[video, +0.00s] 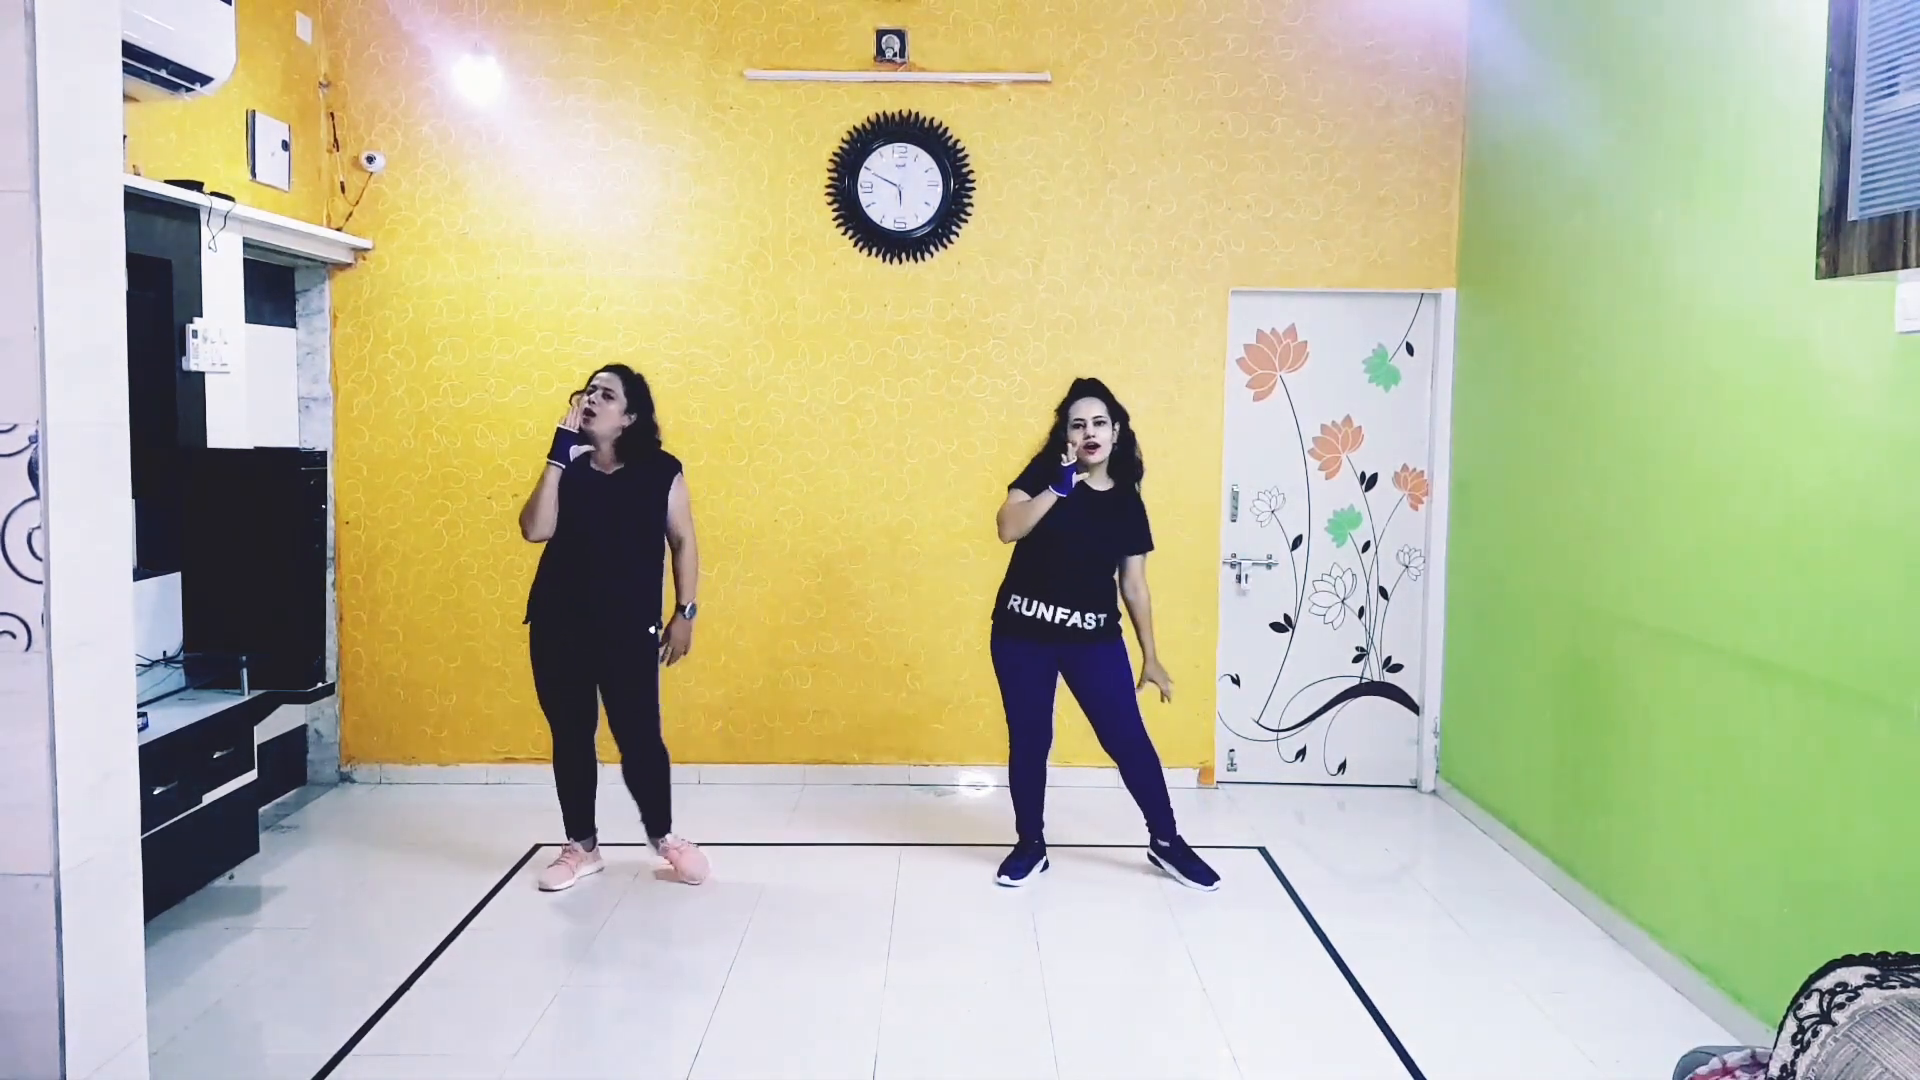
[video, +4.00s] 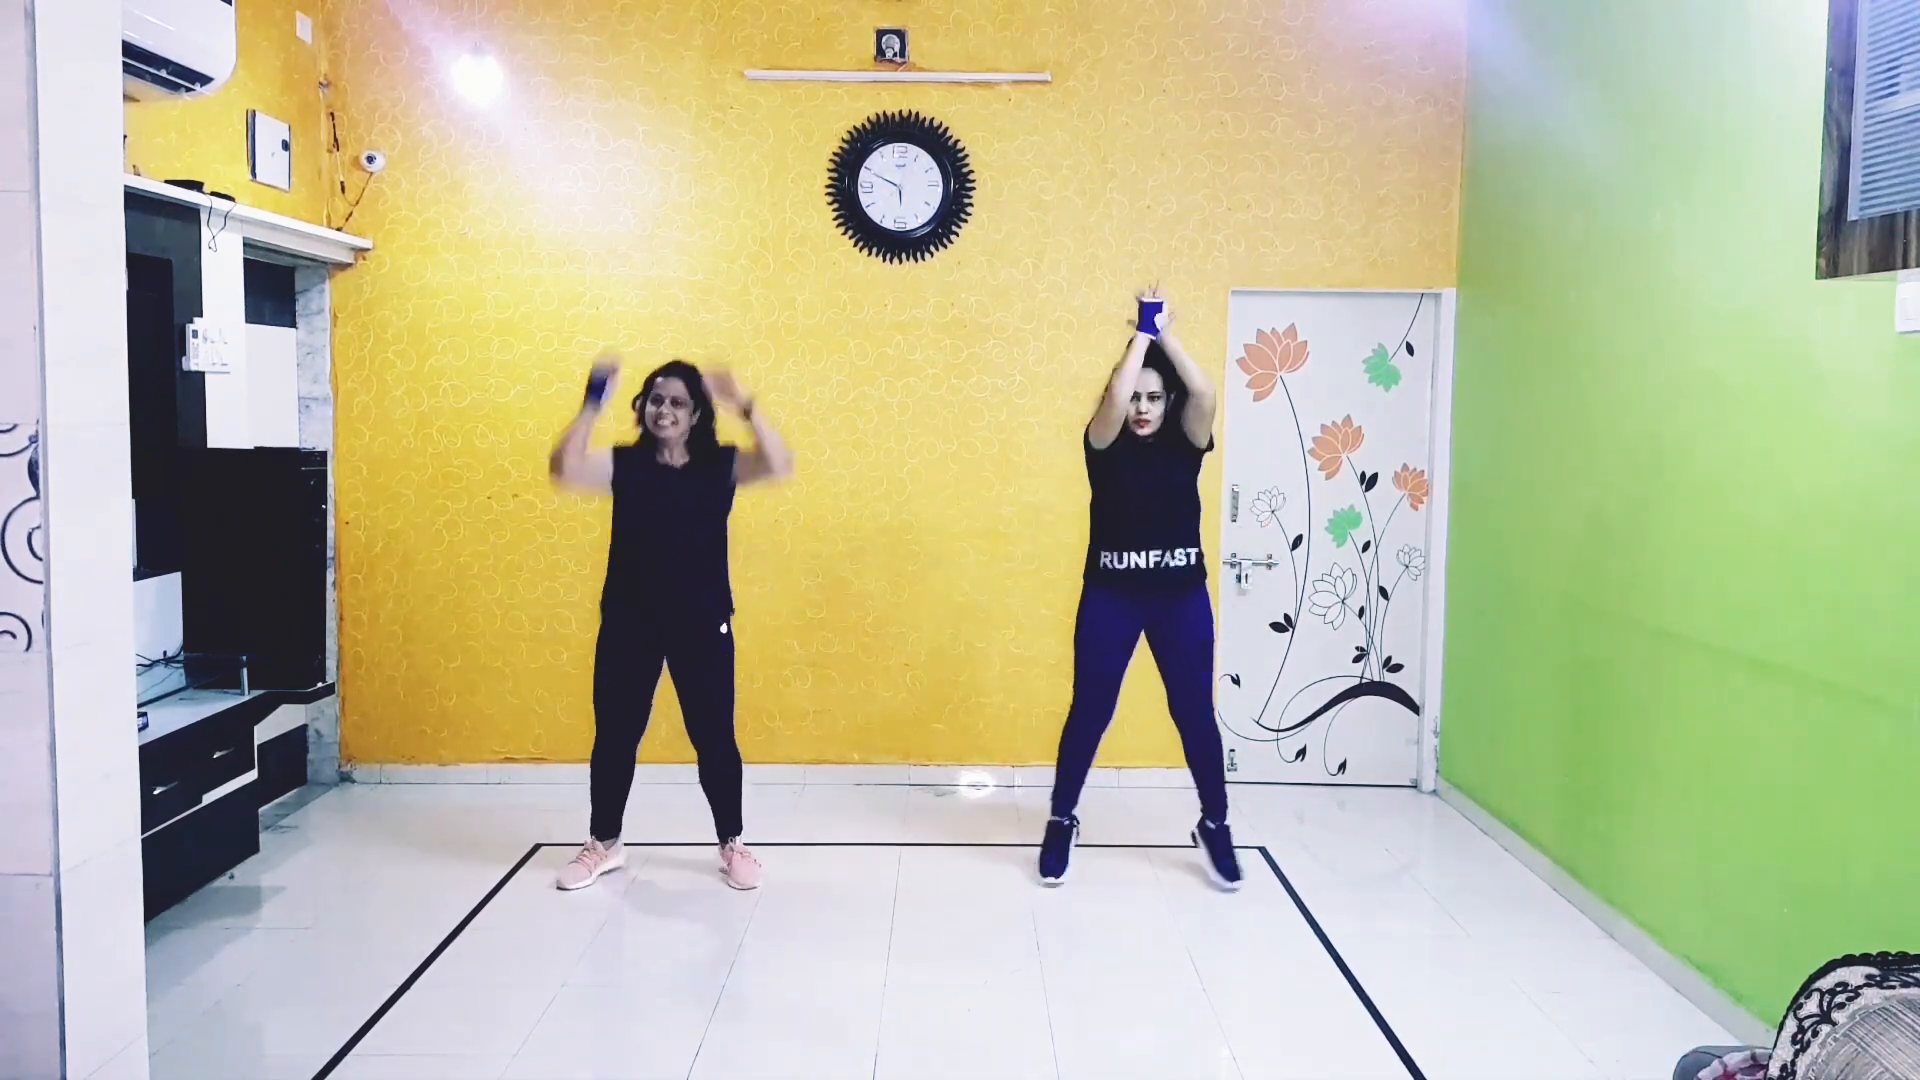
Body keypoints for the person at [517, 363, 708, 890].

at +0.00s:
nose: (590, 399)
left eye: (606, 395)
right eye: (589, 391)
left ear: (631, 417)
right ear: (581, 404)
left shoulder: (661, 472)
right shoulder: (565, 467)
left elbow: (683, 543)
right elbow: (536, 529)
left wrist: (686, 613)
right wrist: (559, 453)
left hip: (628, 626)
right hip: (560, 624)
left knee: (641, 736)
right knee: (571, 737)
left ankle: (663, 839)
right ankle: (580, 846)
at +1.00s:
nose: (641, 400)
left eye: (655, 395)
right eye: (635, 392)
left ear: (677, 412)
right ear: (622, 404)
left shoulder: (700, 474)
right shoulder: (606, 469)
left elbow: (721, 539)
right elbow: (566, 535)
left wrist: (735, 598)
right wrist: (601, 471)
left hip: (675, 625)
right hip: (604, 622)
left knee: (684, 734)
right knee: (585, 731)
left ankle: (710, 845)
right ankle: (572, 837)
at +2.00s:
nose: (657, 417)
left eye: (670, 411)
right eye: (648, 408)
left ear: (685, 424)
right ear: (632, 417)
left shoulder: (706, 482)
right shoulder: (607, 483)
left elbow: (731, 543)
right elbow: (599, 545)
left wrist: (760, 550)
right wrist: (568, 559)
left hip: (703, 628)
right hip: (637, 628)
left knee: (705, 734)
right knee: (600, 733)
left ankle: (718, 844)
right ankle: (611, 844)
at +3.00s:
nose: (624, 402)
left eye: (637, 397)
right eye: (617, 393)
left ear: (656, 412)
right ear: (602, 402)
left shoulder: (675, 472)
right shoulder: (576, 470)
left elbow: (697, 535)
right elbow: (557, 539)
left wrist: (730, 548)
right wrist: (505, 564)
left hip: (674, 622)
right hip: (604, 623)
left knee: (700, 729)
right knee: (592, 735)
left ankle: (737, 840)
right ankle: (580, 844)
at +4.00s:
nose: (663, 408)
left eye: (676, 401)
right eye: (655, 399)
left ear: (697, 413)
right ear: (643, 408)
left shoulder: (721, 464)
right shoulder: (624, 462)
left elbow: (779, 465)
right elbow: (564, 469)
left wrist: (745, 406)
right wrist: (590, 406)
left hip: (701, 623)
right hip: (629, 621)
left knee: (715, 737)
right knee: (614, 734)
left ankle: (732, 845)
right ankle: (603, 845)